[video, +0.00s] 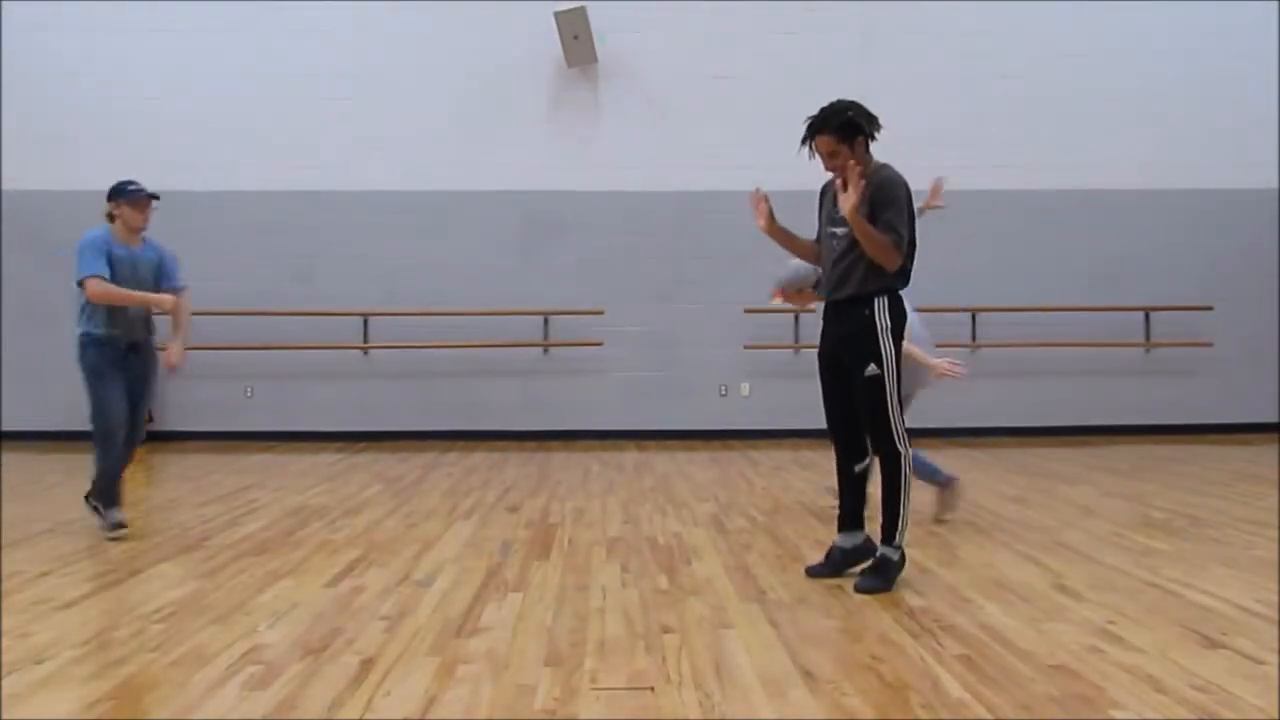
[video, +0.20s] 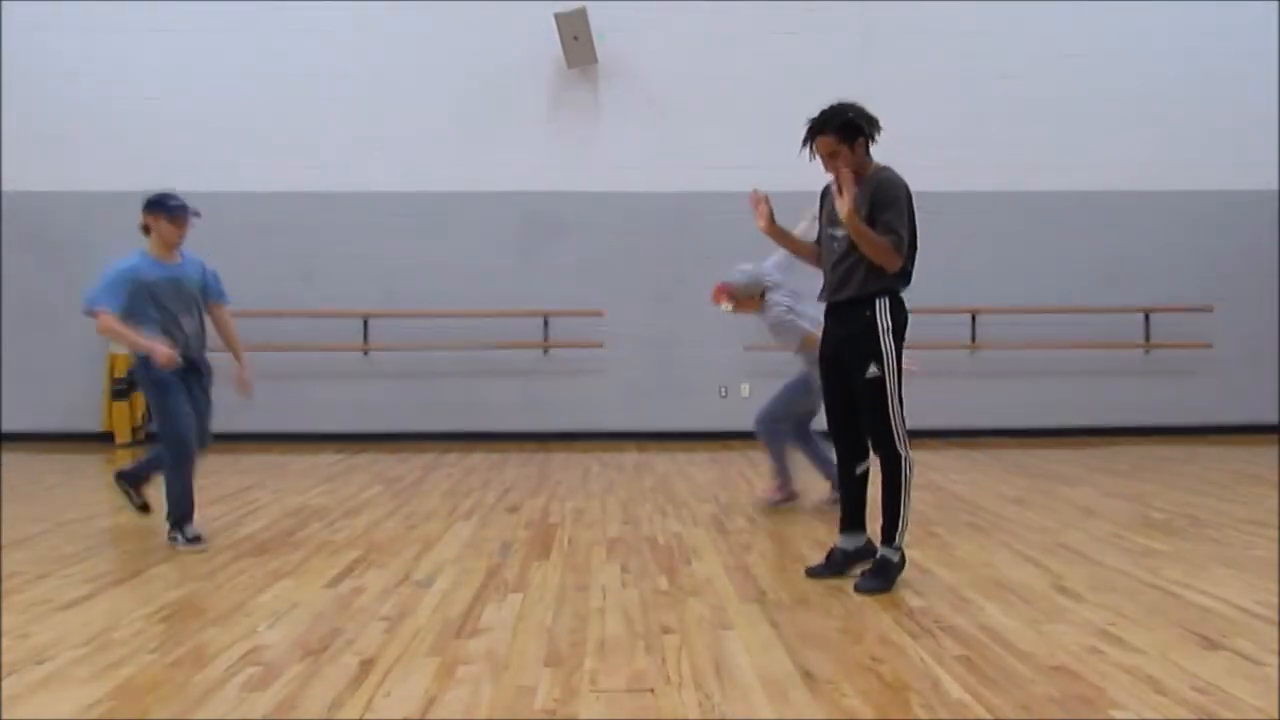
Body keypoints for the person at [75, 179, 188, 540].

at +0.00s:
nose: (144, 214)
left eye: (147, 207)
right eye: (136, 207)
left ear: (150, 211)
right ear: (116, 209)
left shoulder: (157, 253)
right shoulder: (95, 243)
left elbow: (178, 298)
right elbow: (94, 290)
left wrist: (176, 342)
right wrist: (151, 299)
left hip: (140, 346)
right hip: (101, 345)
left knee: (133, 428)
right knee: (113, 422)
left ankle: (100, 491)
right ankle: (110, 503)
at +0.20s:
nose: (181, 231)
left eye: (184, 223)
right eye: (173, 223)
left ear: (187, 226)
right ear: (150, 223)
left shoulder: (197, 270)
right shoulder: (128, 273)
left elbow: (220, 316)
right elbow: (105, 322)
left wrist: (241, 362)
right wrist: (152, 346)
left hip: (194, 366)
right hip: (157, 368)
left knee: (197, 439)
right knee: (181, 440)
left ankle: (134, 475)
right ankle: (180, 523)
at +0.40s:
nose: (235, 212)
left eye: (237, 205)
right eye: (227, 204)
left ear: (236, 207)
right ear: (203, 203)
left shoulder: (234, 248)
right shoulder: (182, 248)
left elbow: (239, 307)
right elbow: (177, 310)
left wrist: (250, 352)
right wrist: (205, 361)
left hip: (234, 346)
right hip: (197, 348)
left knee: (248, 432)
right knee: (199, 435)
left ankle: (217, 511)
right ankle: (184, 516)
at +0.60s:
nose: (279, 224)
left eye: (281, 217)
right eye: (271, 216)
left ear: (282, 218)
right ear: (248, 215)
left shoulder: (280, 262)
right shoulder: (223, 254)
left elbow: (285, 318)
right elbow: (223, 306)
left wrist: (298, 355)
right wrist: (273, 345)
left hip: (279, 362)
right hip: (239, 362)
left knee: (292, 449)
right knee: (232, 442)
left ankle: (282, 531)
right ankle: (203, 513)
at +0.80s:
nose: (310, 221)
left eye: (312, 214)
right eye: (302, 214)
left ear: (311, 214)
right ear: (278, 211)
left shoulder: (311, 260)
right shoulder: (253, 252)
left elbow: (322, 317)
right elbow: (243, 310)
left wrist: (341, 354)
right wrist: (266, 361)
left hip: (310, 358)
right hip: (272, 358)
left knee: (311, 450)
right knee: (281, 446)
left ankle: (289, 529)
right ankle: (276, 533)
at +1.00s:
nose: (329, 219)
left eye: (332, 211)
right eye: (321, 211)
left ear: (335, 211)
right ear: (297, 208)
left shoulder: (333, 254)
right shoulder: (270, 251)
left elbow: (348, 306)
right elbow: (245, 312)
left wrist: (351, 344)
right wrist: (242, 375)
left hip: (329, 356)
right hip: (291, 356)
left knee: (305, 445)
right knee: (317, 442)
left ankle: (280, 530)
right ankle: (342, 532)